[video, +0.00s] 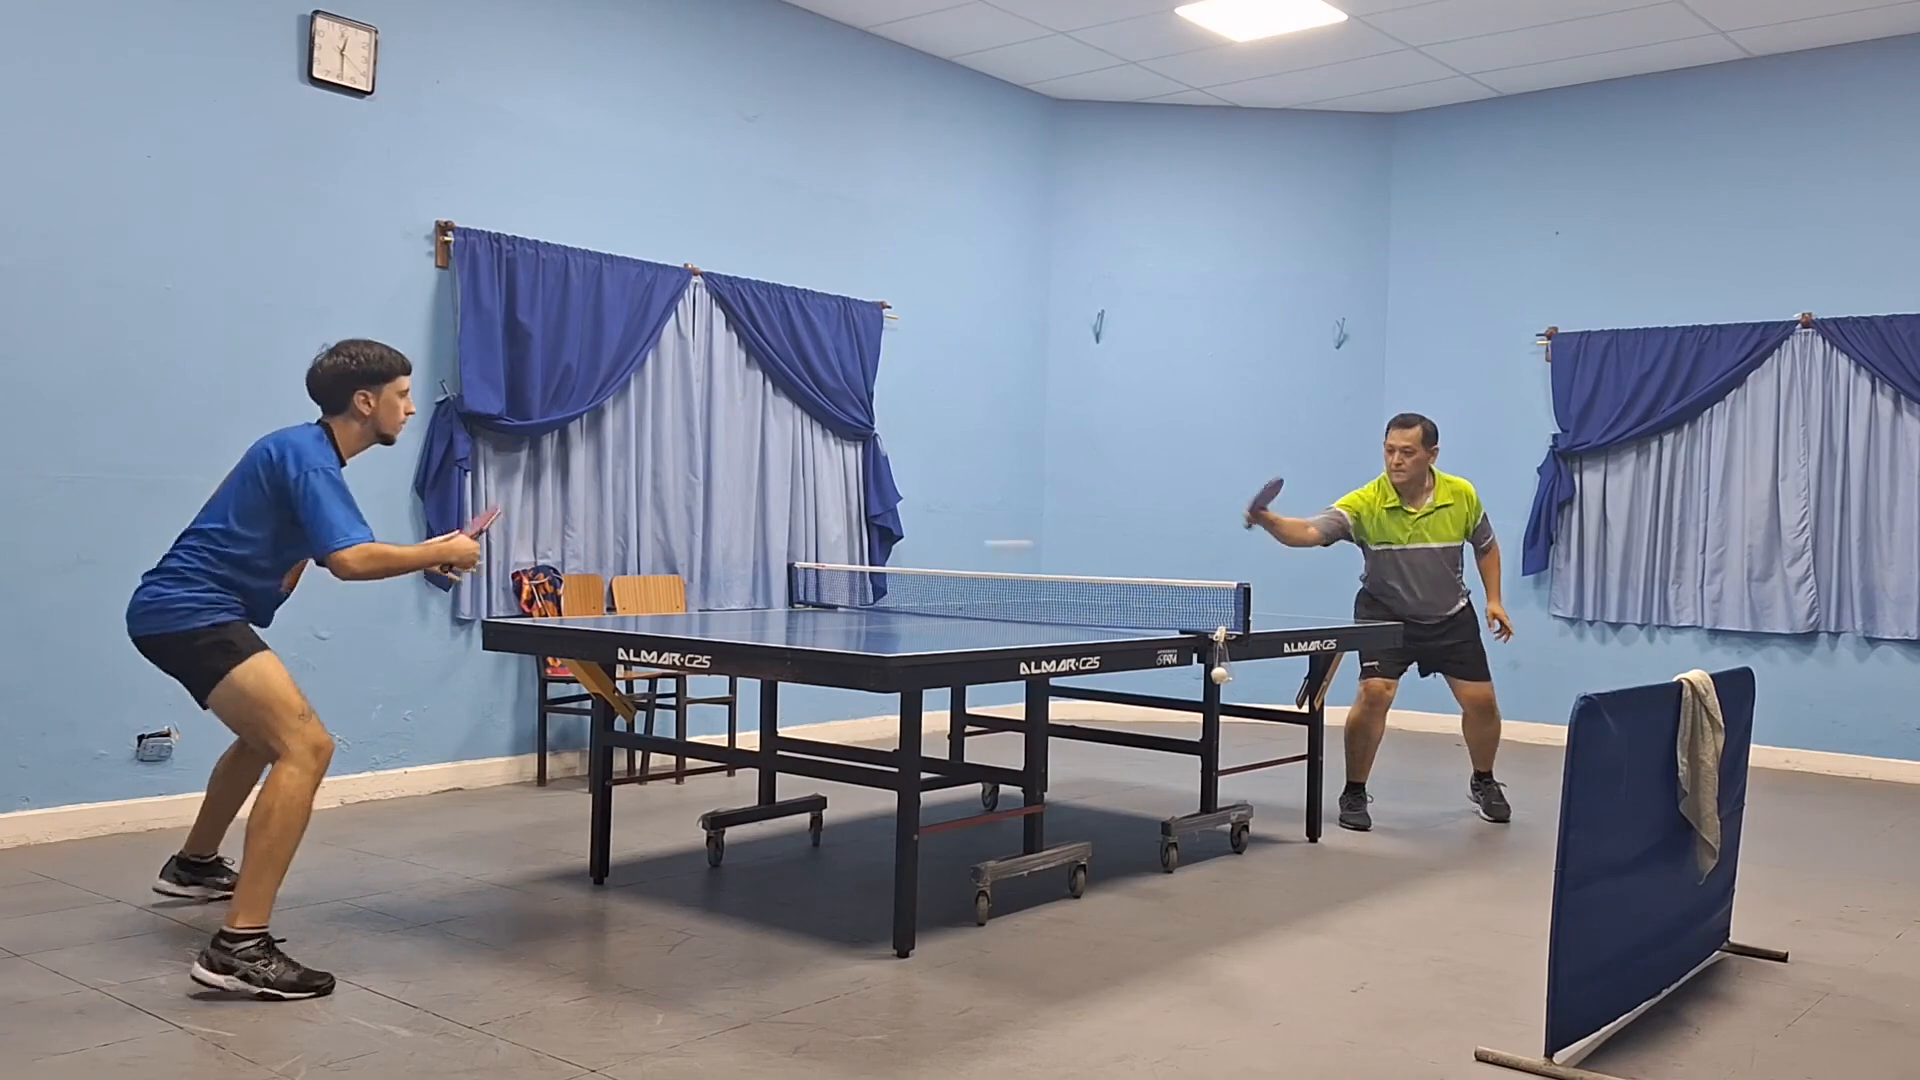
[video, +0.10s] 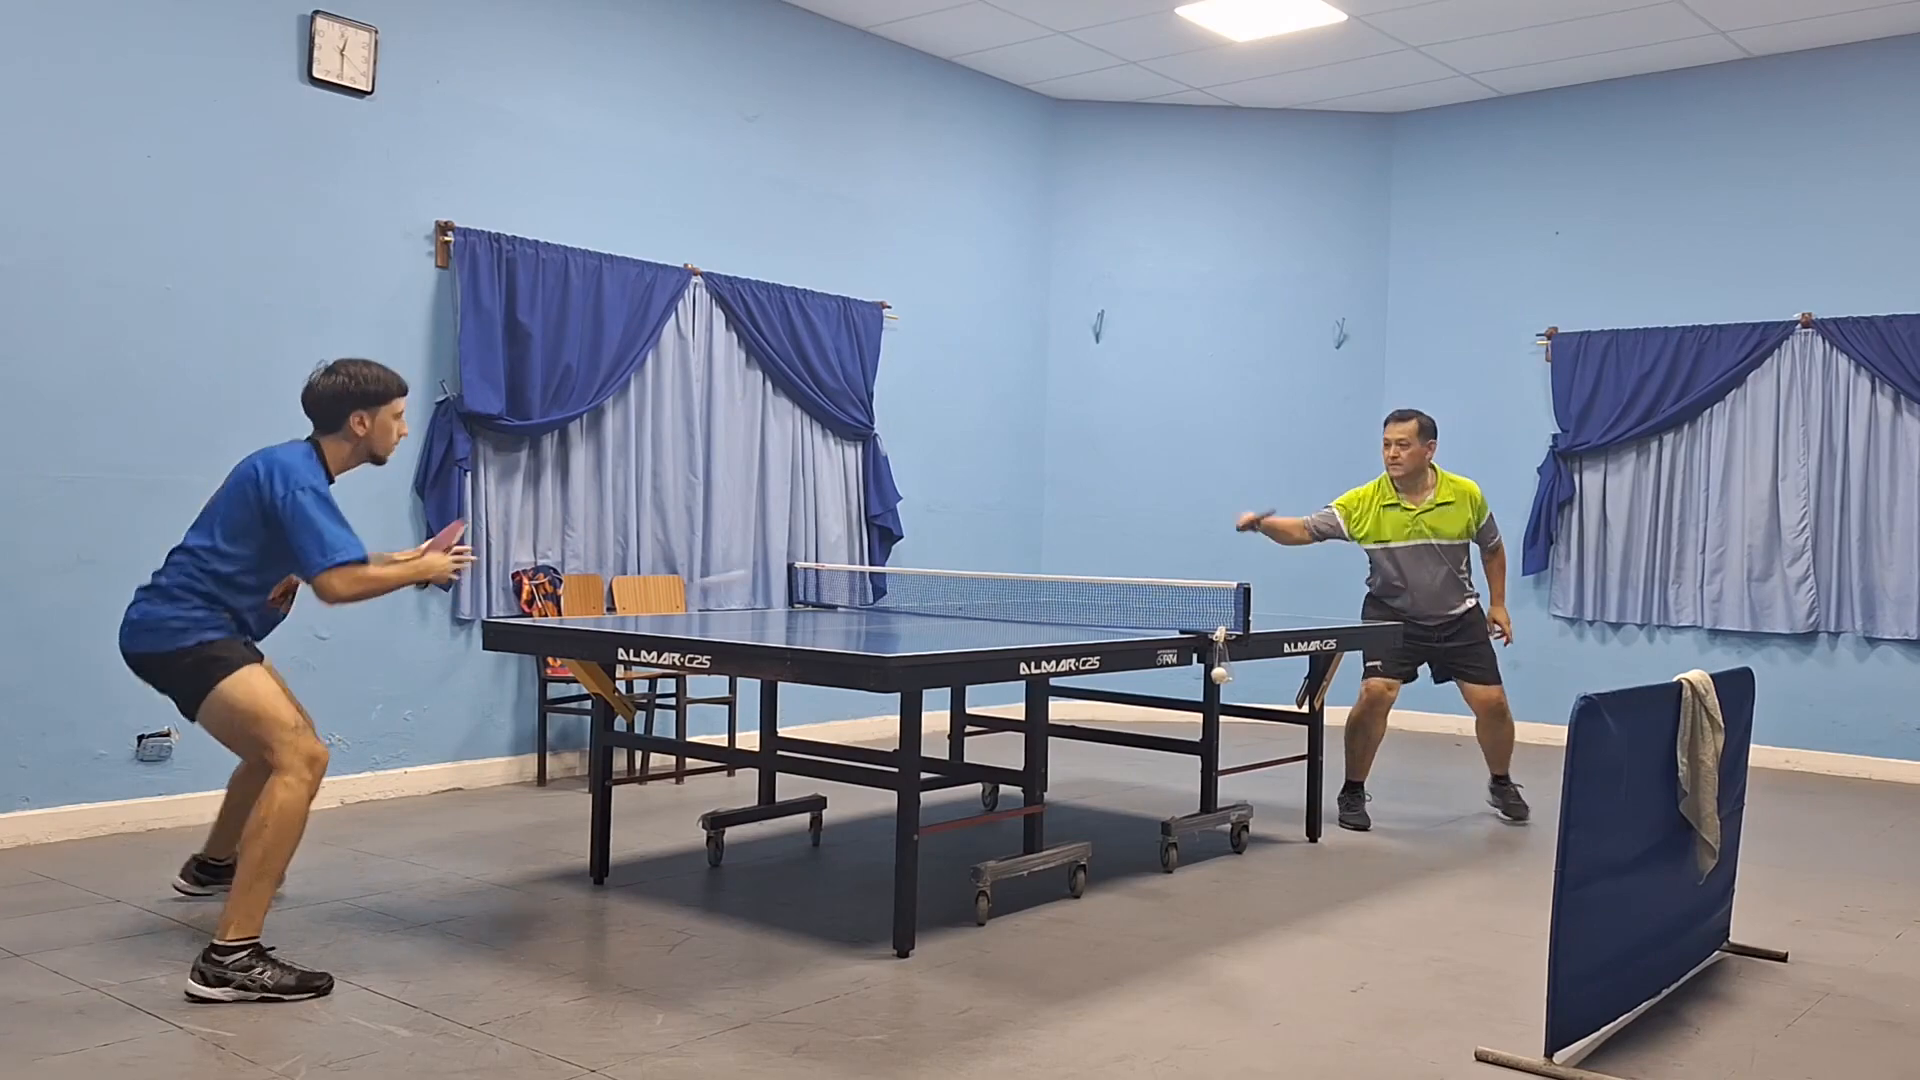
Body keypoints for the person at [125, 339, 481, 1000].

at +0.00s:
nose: (410, 407)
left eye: (410, 394)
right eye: (403, 394)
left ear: (355, 403)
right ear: (362, 401)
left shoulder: (304, 451)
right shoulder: (307, 460)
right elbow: (352, 560)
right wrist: (439, 552)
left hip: (189, 606)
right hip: (188, 609)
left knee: (270, 736)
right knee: (309, 746)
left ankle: (194, 860)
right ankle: (241, 942)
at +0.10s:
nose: (404, 430)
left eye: (403, 417)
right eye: (397, 417)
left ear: (348, 422)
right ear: (358, 422)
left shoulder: (297, 470)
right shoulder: (293, 476)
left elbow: (342, 559)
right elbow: (334, 584)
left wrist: (411, 557)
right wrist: (420, 570)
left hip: (198, 624)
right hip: (181, 628)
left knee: (285, 740)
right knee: (302, 759)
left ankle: (217, 861)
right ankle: (231, 953)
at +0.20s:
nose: (379, 452)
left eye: (380, 440)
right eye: (373, 440)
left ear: (322, 442)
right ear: (332, 442)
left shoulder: (261, 480)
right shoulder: (283, 495)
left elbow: (314, 580)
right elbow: (340, 601)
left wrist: (383, 569)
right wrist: (401, 582)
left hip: (189, 645)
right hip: (177, 652)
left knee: (304, 740)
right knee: (311, 764)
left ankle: (221, 865)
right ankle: (233, 954)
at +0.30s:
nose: (350, 435)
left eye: (351, 423)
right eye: (344, 424)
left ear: (292, 423)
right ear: (304, 424)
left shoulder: (230, 458)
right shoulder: (274, 471)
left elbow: (306, 535)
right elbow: (350, 536)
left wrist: (384, 544)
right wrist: (441, 515)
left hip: (161, 622)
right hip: (166, 629)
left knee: (280, 714)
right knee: (263, 757)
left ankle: (218, 860)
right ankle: (235, 946)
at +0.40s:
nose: (332, 410)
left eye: (332, 399)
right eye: (325, 399)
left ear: (274, 402)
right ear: (285, 402)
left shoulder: (218, 438)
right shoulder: (251, 445)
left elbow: (248, 521)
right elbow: (325, 488)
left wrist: (332, 539)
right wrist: (407, 430)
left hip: (130, 593)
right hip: (138, 601)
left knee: (236, 687)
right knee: (228, 745)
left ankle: (186, 843)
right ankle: (176, 922)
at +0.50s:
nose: (304, 408)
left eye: (305, 398)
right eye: (298, 399)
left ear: (250, 405)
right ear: (260, 404)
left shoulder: (210, 448)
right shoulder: (217, 446)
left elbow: (202, 551)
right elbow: (211, 491)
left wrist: (272, 575)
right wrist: (320, 440)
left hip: (116, 613)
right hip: (126, 614)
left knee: (189, 738)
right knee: (224, 748)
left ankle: (131, 847)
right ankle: (87, 891)